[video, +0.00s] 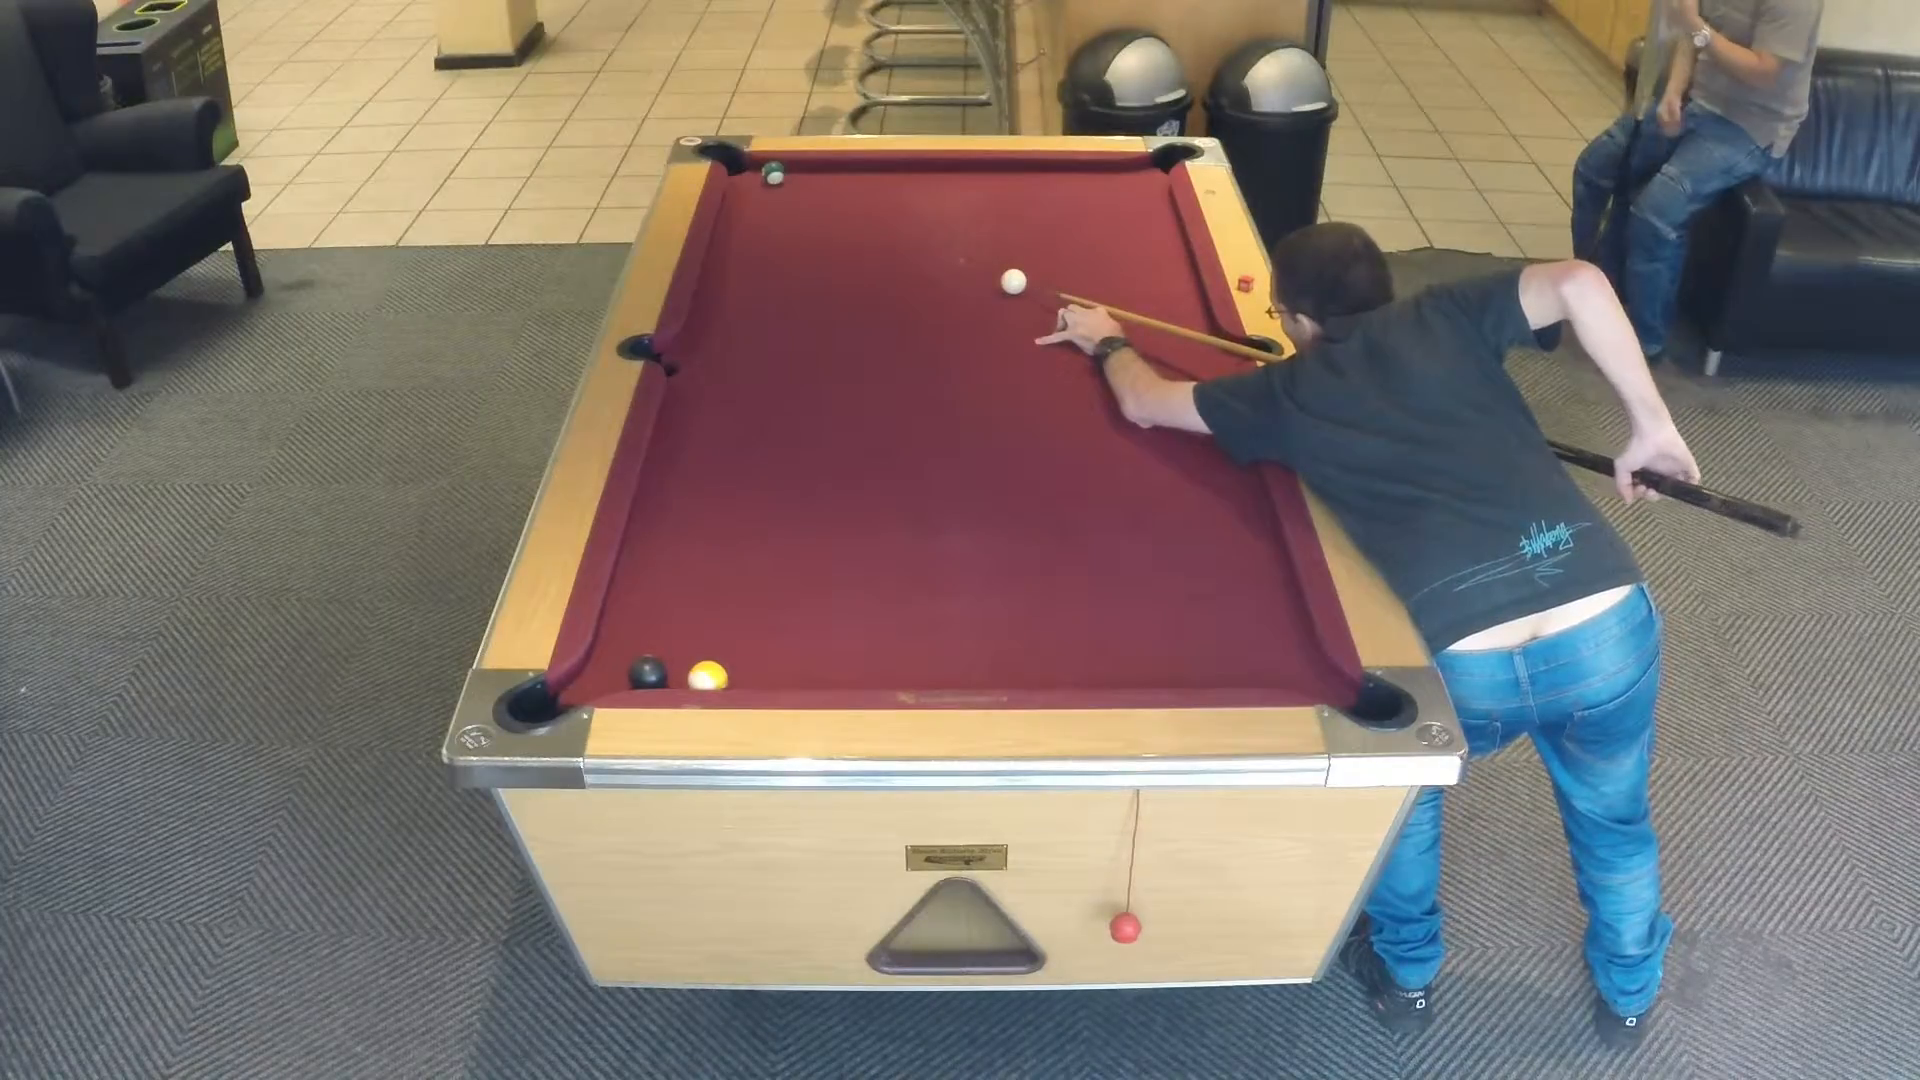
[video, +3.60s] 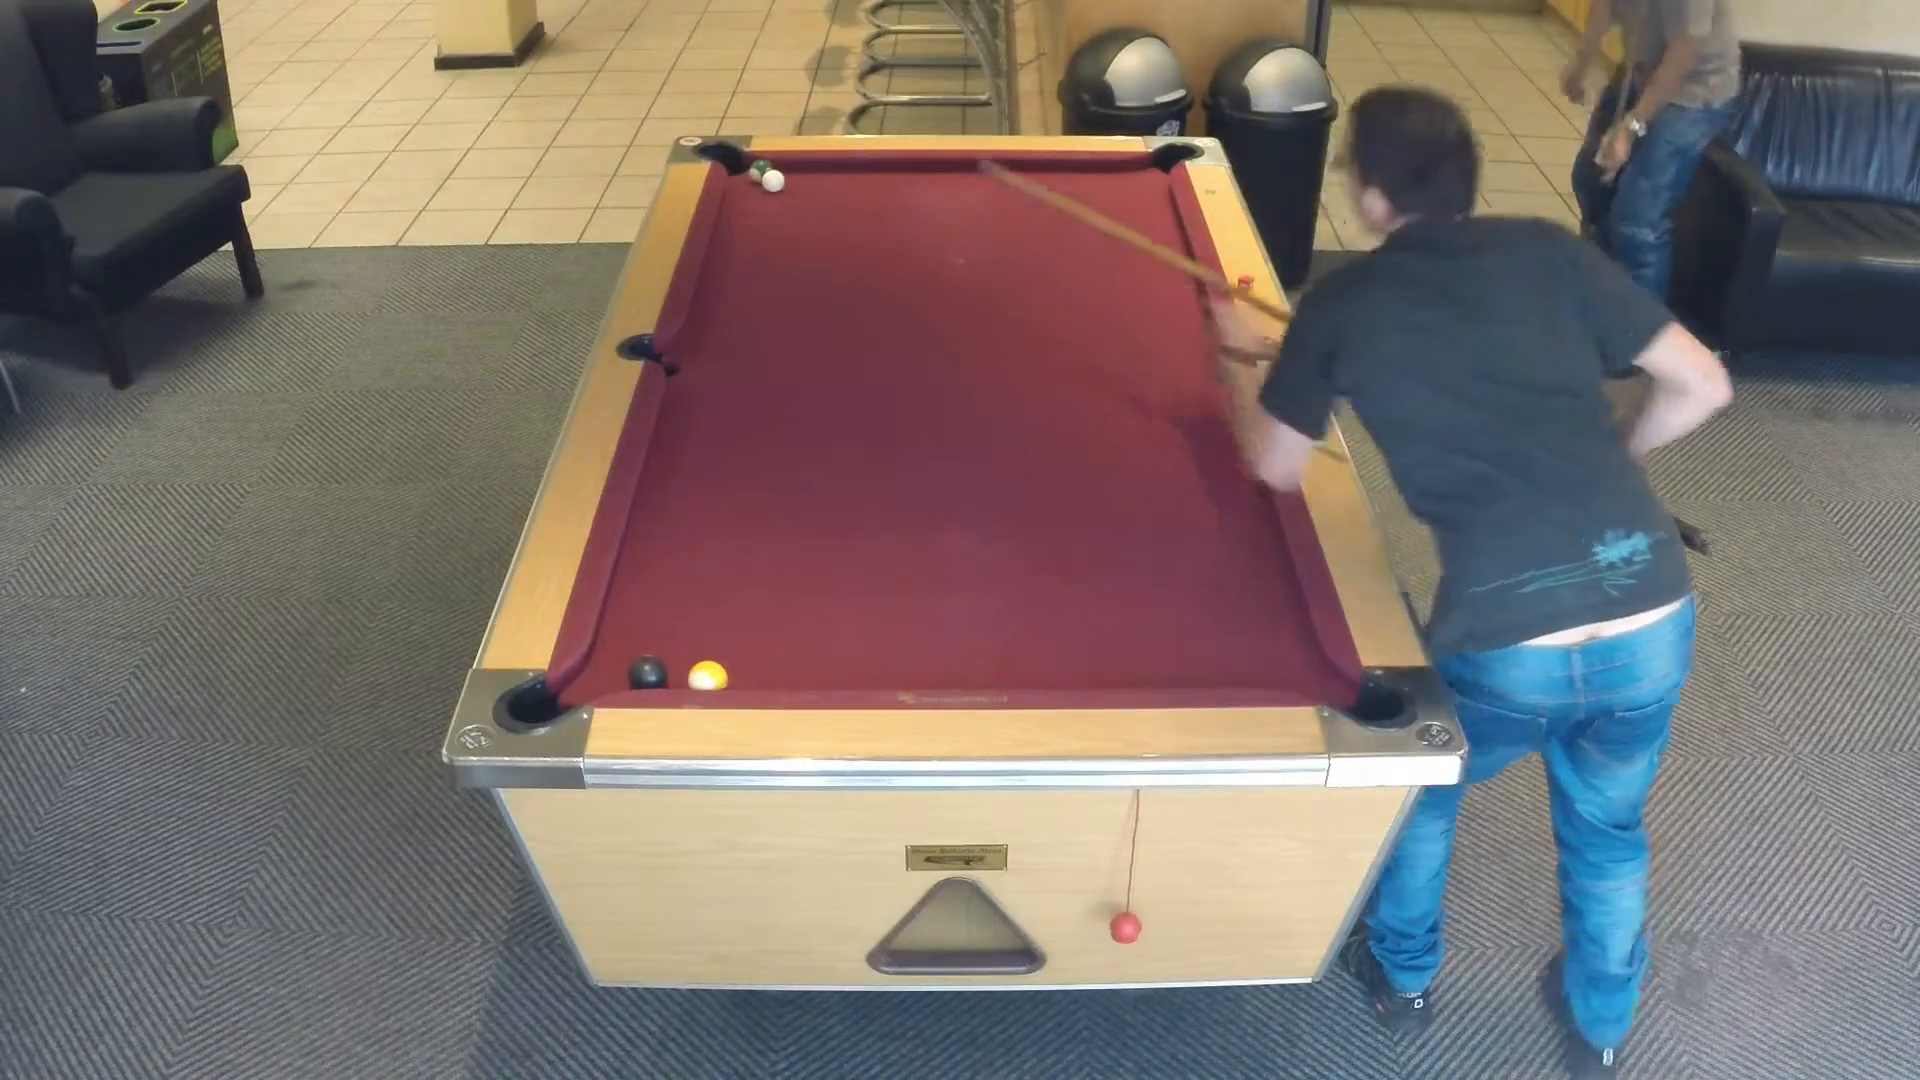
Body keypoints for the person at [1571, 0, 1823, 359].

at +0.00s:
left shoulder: (1795, 6)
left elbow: (1766, 73)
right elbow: (1689, 35)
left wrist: (1696, 27)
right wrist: (1674, 92)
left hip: (1749, 126)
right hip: (1691, 103)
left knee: (1655, 210)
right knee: (1594, 169)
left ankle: (1644, 345)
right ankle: (1590, 299)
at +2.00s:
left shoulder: (1792, 6)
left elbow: (1770, 76)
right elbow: (1686, 41)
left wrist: (1703, 28)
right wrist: (1665, 106)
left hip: (1746, 128)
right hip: (1689, 103)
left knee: (1653, 211)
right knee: (1595, 168)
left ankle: (1643, 342)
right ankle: (1592, 300)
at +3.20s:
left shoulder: (1741, 6)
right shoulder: (1666, 5)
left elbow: (1734, 77)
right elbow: (1657, 51)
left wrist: (1667, 34)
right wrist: (1647, 112)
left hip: (1742, 122)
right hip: (1682, 107)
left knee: (1649, 212)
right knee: (1590, 171)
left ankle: (1636, 343)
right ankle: (1592, 309)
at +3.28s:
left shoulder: (1728, 6)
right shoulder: (1650, 5)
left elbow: (1725, 79)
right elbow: (1648, 45)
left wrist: (1652, 49)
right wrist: (1640, 109)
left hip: (1738, 114)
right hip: (1678, 101)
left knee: (1646, 213)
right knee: (1591, 172)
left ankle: (1634, 343)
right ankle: (1593, 307)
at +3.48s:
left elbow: (1694, 67)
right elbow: (1620, 11)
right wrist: (1607, 89)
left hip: (1718, 93)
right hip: (1659, 79)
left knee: (1639, 221)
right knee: (1593, 176)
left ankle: (1634, 344)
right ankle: (1594, 304)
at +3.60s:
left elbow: (1686, 47)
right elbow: (1606, 6)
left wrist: (1632, 126)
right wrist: (1584, 60)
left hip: (1699, 87)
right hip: (1643, 70)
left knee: (1636, 222)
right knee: (1591, 179)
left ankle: (1640, 336)